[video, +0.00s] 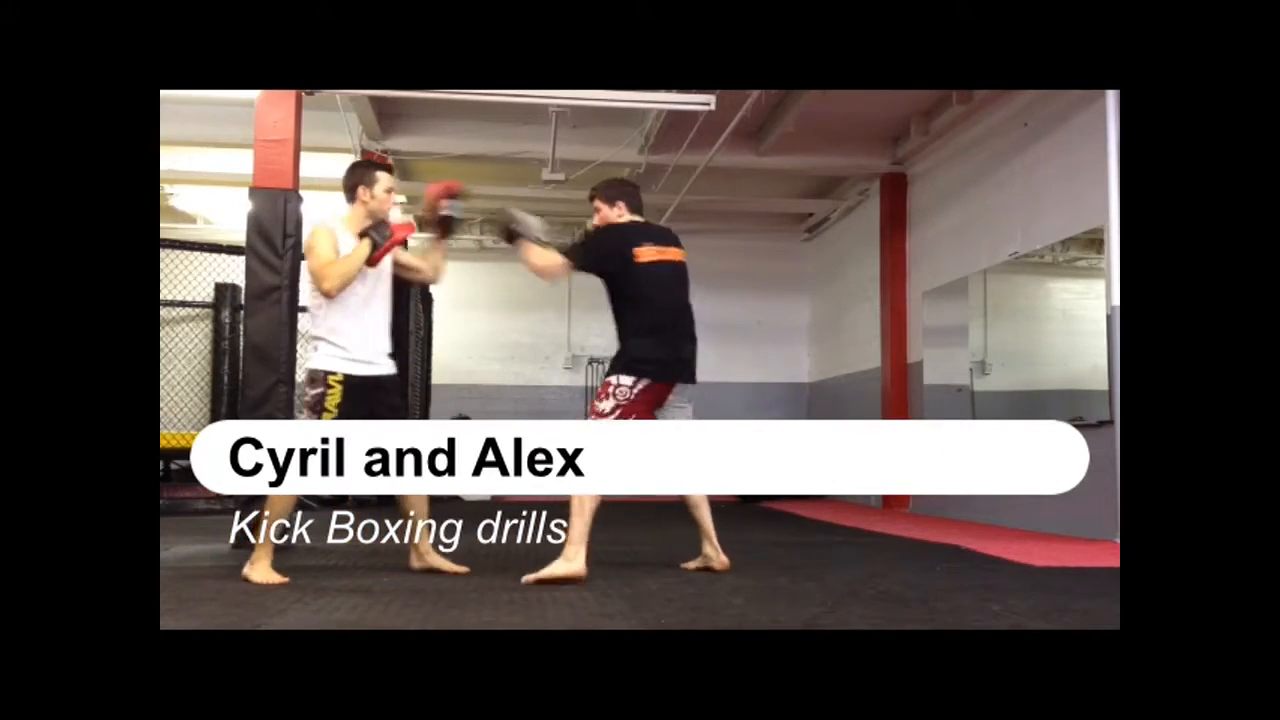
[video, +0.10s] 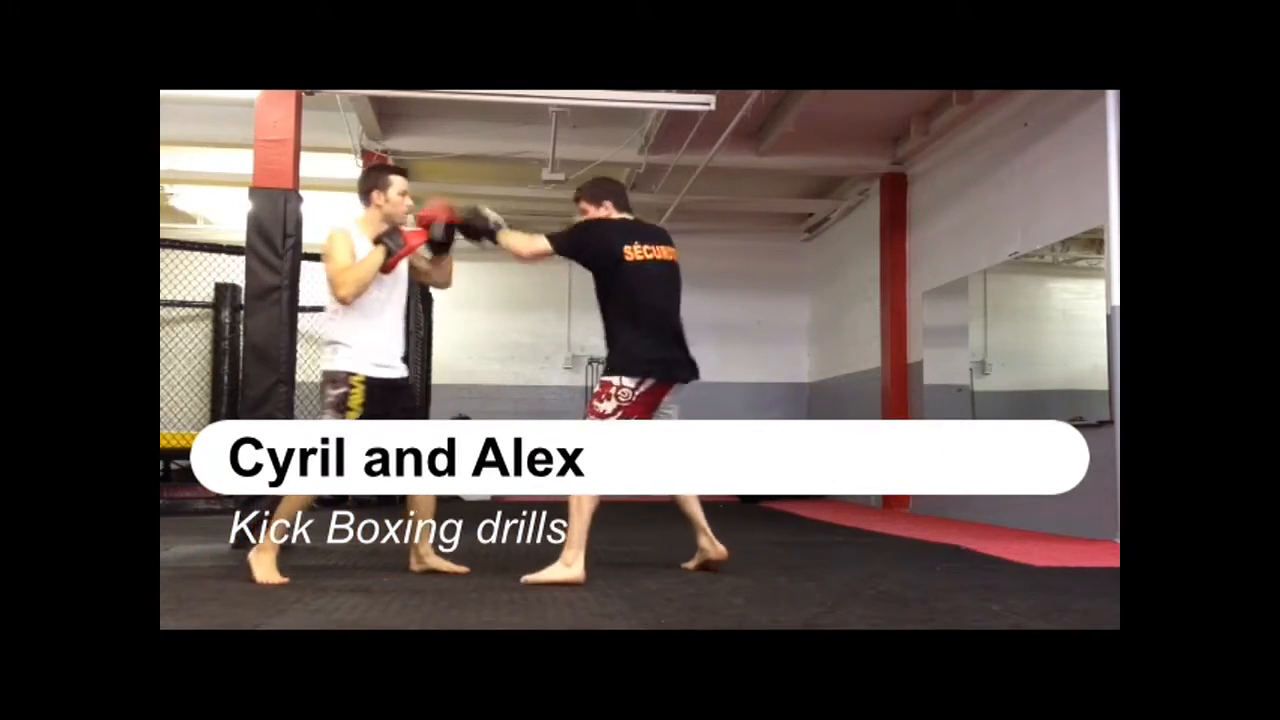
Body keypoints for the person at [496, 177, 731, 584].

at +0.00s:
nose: (595, 218)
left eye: (598, 210)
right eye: (595, 211)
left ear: (618, 207)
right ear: (632, 208)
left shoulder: (609, 239)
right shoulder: (668, 236)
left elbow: (548, 266)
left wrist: (520, 237)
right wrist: (602, 236)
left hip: (641, 360)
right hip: (680, 359)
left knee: (590, 450)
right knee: (682, 452)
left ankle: (573, 555)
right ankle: (712, 549)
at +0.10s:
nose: (583, 219)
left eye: (584, 213)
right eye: (582, 214)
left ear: (605, 207)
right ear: (619, 206)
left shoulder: (597, 232)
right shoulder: (658, 235)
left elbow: (527, 248)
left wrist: (493, 228)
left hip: (634, 362)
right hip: (672, 360)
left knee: (586, 453)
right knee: (662, 450)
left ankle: (572, 559)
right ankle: (707, 541)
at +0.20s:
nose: (570, 232)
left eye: (571, 221)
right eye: (567, 224)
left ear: (595, 210)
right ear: (600, 212)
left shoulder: (616, 242)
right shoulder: (633, 239)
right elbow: (590, 297)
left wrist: (540, 269)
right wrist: (541, 275)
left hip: (635, 371)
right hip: (652, 369)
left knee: (576, 450)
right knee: (635, 452)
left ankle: (570, 560)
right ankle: (704, 535)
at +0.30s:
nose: (562, 252)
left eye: (566, 243)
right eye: (559, 245)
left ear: (590, 234)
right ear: (577, 238)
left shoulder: (635, 265)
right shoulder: (575, 267)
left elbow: (650, 336)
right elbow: (530, 302)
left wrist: (590, 317)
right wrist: (544, 262)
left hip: (636, 383)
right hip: (608, 381)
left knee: (567, 454)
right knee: (621, 474)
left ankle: (569, 561)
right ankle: (704, 538)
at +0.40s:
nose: (549, 269)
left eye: (553, 261)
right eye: (545, 261)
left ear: (575, 252)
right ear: (552, 257)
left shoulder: (623, 275)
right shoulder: (557, 279)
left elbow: (656, 343)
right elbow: (517, 312)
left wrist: (608, 364)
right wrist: (525, 271)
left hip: (629, 388)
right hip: (591, 386)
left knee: (558, 460)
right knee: (625, 475)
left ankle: (568, 561)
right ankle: (703, 539)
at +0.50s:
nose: (533, 248)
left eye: (534, 239)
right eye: (530, 240)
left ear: (554, 231)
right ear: (559, 228)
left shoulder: (598, 263)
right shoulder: (586, 250)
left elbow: (618, 334)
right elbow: (550, 296)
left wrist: (577, 358)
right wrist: (549, 264)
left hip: (609, 379)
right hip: (629, 377)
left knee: (550, 458)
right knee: (632, 457)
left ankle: (567, 559)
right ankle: (690, 532)